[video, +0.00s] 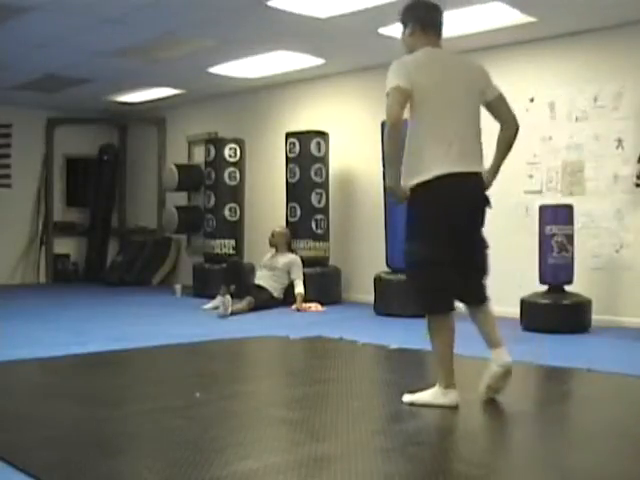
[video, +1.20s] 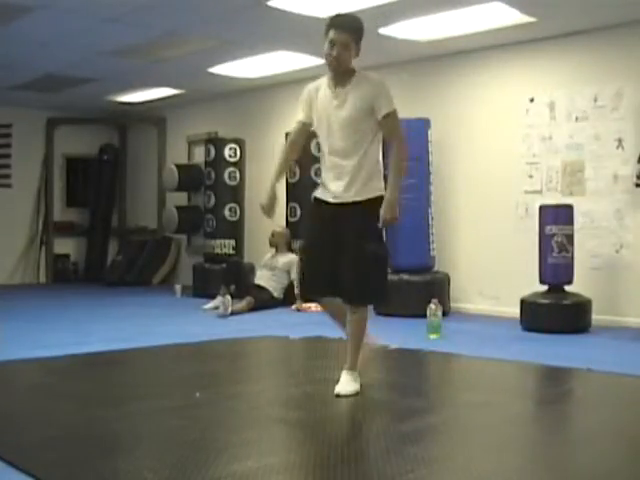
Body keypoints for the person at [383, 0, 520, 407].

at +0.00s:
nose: (402, 40)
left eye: (403, 33)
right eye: (403, 34)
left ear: (413, 31)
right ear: (438, 30)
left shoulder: (405, 66)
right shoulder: (470, 67)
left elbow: (393, 121)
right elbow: (510, 123)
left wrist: (392, 179)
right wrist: (491, 173)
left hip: (431, 190)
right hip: (470, 187)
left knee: (435, 288)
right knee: (468, 281)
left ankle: (444, 387)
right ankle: (499, 353)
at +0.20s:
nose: (385, 45)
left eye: (386, 38)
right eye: (386, 39)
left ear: (395, 36)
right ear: (421, 36)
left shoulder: (392, 71)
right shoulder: (453, 71)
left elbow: (392, 120)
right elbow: (495, 119)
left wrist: (388, 182)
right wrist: (490, 170)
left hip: (422, 193)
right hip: (456, 190)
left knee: (431, 291)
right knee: (437, 286)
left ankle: (445, 386)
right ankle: (443, 368)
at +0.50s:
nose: (362, 55)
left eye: (365, 47)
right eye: (360, 48)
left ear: (389, 41)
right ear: (394, 46)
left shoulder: (381, 76)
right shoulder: (429, 83)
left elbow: (375, 129)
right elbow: (456, 145)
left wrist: (358, 183)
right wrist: (431, 180)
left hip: (397, 197)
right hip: (425, 196)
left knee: (419, 291)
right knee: (402, 288)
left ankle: (443, 382)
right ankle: (395, 368)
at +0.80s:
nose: (339, 58)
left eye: (342, 48)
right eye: (334, 52)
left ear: (362, 41)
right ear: (339, 53)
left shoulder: (380, 75)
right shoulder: (370, 85)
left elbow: (413, 119)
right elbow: (417, 122)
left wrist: (405, 175)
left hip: (391, 199)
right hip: (378, 199)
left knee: (374, 285)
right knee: (376, 285)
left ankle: (408, 360)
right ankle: (395, 360)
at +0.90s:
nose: (334, 57)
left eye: (339, 48)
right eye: (328, 52)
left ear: (357, 44)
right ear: (326, 55)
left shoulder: (380, 78)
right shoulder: (356, 92)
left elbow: (415, 122)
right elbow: (374, 143)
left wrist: (409, 177)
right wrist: (359, 186)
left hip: (384, 197)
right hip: (368, 198)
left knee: (363, 285)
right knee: (382, 286)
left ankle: (372, 367)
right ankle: (394, 364)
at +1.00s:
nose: (330, 56)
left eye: (336, 48)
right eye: (325, 50)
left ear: (355, 46)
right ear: (322, 54)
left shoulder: (380, 83)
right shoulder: (338, 100)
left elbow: (412, 132)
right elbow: (333, 153)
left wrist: (407, 185)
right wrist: (318, 187)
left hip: (376, 198)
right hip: (348, 200)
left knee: (360, 287)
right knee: (369, 287)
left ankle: (350, 371)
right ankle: (393, 364)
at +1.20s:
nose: (333, 52)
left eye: (342, 46)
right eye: (330, 44)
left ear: (357, 51)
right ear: (323, 47)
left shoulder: (374, 88)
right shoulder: (313, 92)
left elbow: (397, 143)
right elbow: (294, 141)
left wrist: (393, 196)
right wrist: (273, 187)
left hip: (364, 203)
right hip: (325, 202)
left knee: (357, 292)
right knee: (316, 287)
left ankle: (350, 370)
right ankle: (358, 335)